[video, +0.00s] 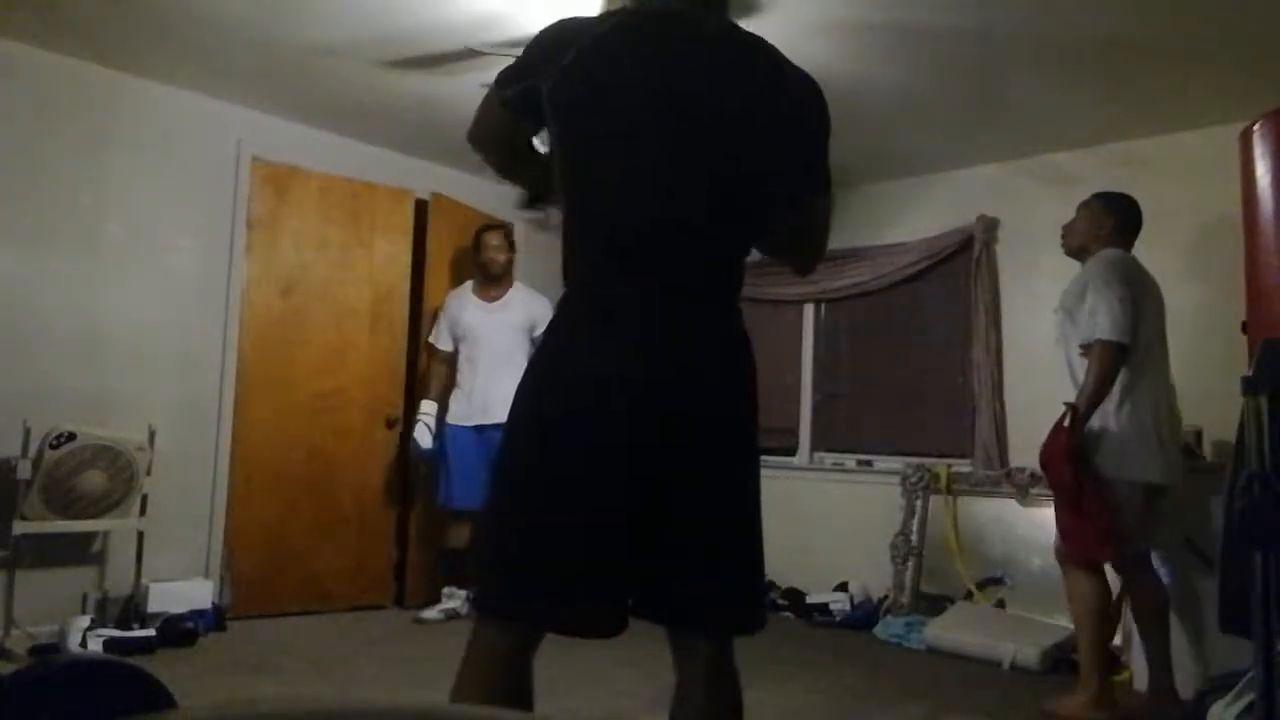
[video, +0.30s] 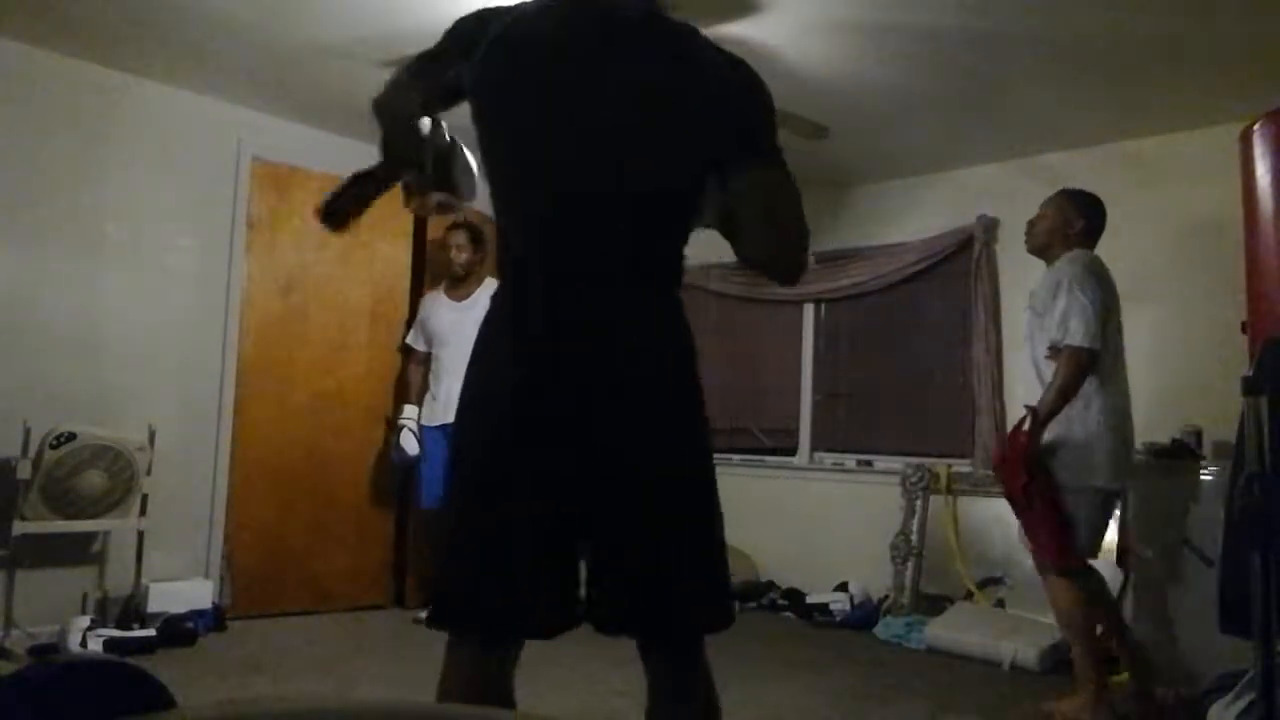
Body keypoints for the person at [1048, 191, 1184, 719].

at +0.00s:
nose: (1066, 227)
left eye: (1077, 218)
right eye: (1071, 218)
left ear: (1106, 225)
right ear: (1116, 230)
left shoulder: (1106, 270)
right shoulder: (1133, 274)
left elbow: (1110, 349)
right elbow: (1129, 359)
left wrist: (1074, 423)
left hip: (1112, 450)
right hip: (1144, 451)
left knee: (1075, 556)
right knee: (1135, 561)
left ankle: (1090, 692)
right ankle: (1160, 688)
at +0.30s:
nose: (1030, 221)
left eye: (1042, 214)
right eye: (1036, 212)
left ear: (1071, 227)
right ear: (1074, 229)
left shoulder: (1074, 271)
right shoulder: (1081, 271)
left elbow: (1078, 358)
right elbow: (1077, 360)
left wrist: (1033, 426)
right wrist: (1036, 423)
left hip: (1081, 451)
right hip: (1090, 450)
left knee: (1059, 565)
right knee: (1072, 563)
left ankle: (1088, 692)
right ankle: (1133, 663)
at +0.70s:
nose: (975, 226)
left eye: (986, 219)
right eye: (978, 218)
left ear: (1019, 230)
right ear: (1011, 231)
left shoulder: (1032, 270)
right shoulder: (998, 280)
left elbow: (1057, 346)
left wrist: (994, 401)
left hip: (1036, 449)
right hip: (998, 447)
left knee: (1041, 557)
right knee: (975, 545)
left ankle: (1086, 688)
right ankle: (980, 658)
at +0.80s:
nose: (963, 235)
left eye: (973, 227)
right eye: (964, 227)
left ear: (1003, 238)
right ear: (980, 239)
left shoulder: (1019, 279)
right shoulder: (978, 291)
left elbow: (1049, 353)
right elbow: (990, 371)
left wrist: (988, 406)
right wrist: (958, 423)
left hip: (1026, 455)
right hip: (985, 455)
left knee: (1019, 560)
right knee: (961, 552)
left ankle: (1082, 682)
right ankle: (977, 660)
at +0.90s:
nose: (948, 240)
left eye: (959, 232)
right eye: (950, 232)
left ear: (989, 241)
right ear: (968, 243)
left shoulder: (1009, 285)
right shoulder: (962, 301)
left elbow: (1042, 360)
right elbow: (973, 380)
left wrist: (986, 411)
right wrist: (937, 419)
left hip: (1004, 451)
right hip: (964, 452)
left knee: (983, 558)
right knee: (947, 554)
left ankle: (1054, 650)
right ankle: (974, 660)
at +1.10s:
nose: (931, 221)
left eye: (941, 213)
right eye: (930, 214)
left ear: (973, 219)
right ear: (936, 227)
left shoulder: (996, 261)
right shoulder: (935, 284)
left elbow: (1048, 322)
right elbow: (950, 348)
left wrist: (994, 361)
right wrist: (921, 361)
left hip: (989, 425)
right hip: (942, 428)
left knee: (973, 538)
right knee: (940, 535)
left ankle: (1008, 664)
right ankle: (968, 653)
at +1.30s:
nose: (925, 236)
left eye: (936, 228)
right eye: (925, 229)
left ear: (962, 240)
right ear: (931, 243)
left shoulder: (986, 289)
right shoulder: (926, 305)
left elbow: (1030, 358)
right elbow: (925, 373)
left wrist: (974, 389)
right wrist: (912, 388)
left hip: (976, 447)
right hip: (927, 449)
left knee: (959, 558)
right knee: (914, 552)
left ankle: (1000, 678)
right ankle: (943, 651)